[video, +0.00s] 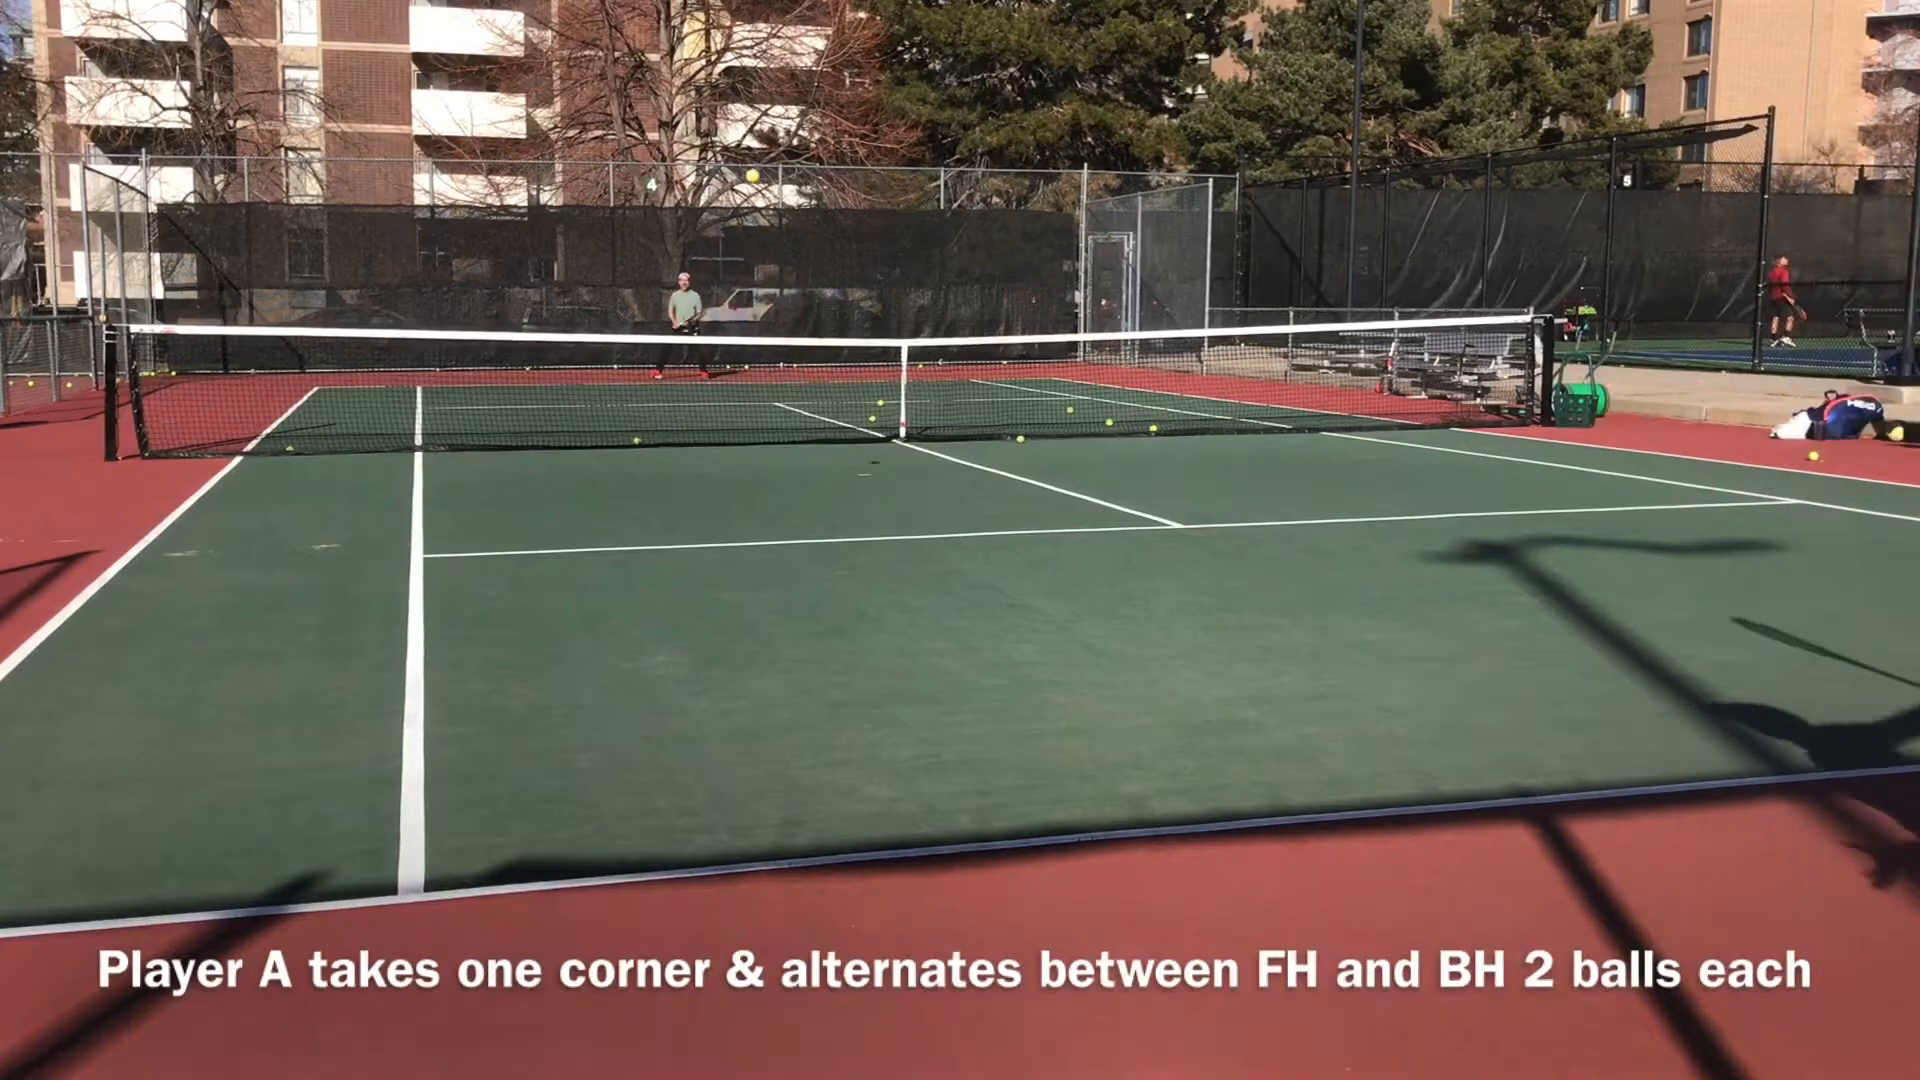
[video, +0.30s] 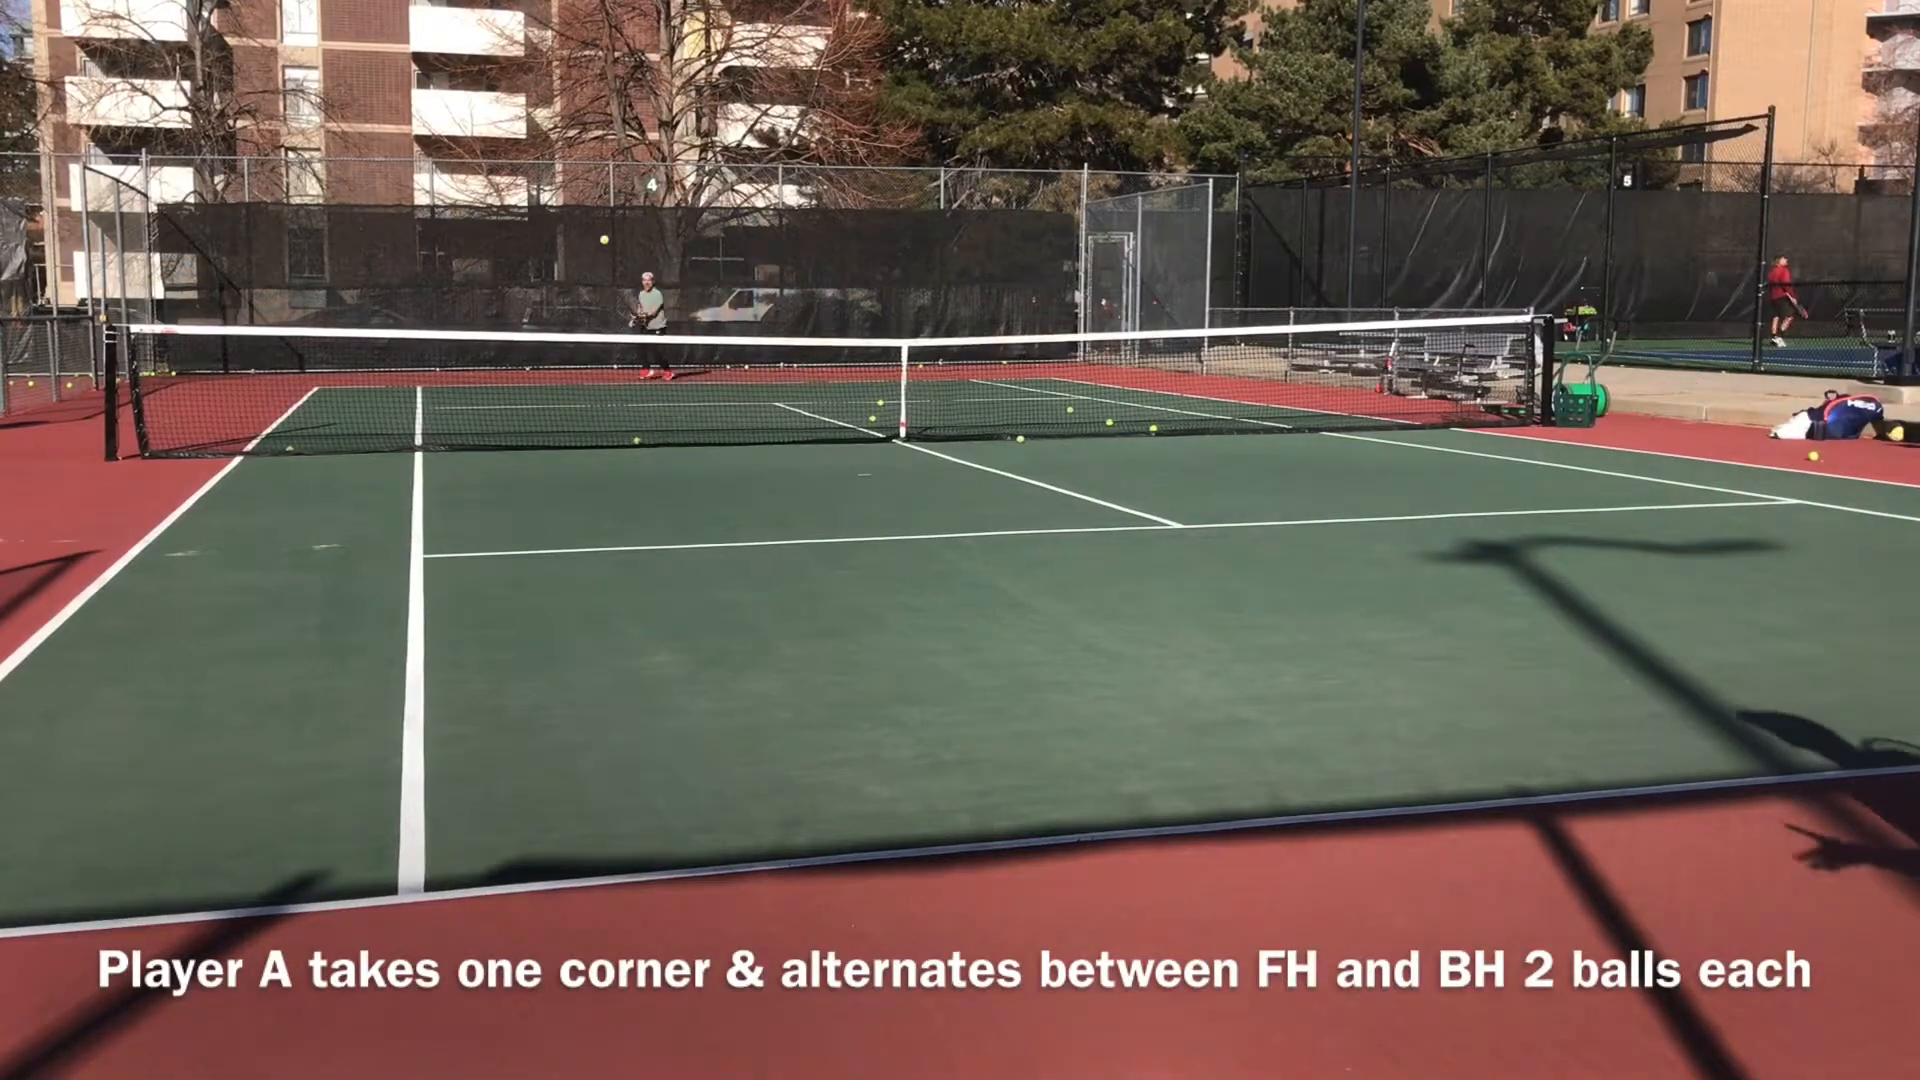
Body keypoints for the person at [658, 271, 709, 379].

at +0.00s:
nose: (684, 283)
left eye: (686, 280)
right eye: (682, 280)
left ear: (689, 282)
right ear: (679, 282)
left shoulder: (695, 295)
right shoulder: (675, 295)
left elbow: (699, 311)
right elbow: (670, 310)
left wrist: (692, 320)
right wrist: (674, 321)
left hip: (692, 325)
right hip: (679, 325)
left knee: (697, 347)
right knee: (667, 346)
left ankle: (703, 370)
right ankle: (659, 369)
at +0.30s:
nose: (647, 282)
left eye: (649, 280)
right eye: (645, 280)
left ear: (653, 281)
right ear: (642, 282)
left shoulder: (657, 294)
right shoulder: (641, 294)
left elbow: (654, 312)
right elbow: (640, 307)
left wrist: (645, 316)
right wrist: (638, 315)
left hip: (658, 326)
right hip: (646, 326)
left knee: (657, 349)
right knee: (643, 348)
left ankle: (667, 370)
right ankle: (646, 369)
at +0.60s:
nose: (612, 285)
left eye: (614, 283)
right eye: (610, 283)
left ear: (619, 283)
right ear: (609, 284)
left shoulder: (623, 294)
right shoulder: (611, 296)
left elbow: (610, 307)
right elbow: (604, 310)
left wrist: (592, 305)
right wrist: (591, 308)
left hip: (628, 327)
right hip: (620, 328)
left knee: (616, 349)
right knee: (624, 352)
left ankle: (616, 372)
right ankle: (638, 370)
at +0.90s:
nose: (578, 287)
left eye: (580, 284)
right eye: (578, 285)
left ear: (586, 284)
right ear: (581, 285)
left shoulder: (590, 295)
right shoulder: (588, 296)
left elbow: (576, 306)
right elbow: (577, 311)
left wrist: (557, 310)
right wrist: (562, 312)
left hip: (597, 331)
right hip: (592, 331)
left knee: (581, 350)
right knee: (592, 353)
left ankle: (580, 373)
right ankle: (604, 372)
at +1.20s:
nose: (547, 287)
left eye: (548, 285)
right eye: (546, 285)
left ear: (555, 284)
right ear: (550, 286)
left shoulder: (561, 294)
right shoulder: (555, 296)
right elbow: (553, 316)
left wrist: (552, 307)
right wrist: (549, 330)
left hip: (568, 331)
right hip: (559, 331)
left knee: (572, 354)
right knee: (550, 351)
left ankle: (589, 368)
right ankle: (552, 374)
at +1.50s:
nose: (537, 282)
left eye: (538, 279)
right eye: (535, 280)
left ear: (544, 277)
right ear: (535, 281)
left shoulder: (556, 289)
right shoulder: (539, 291)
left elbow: (567, 299)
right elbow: (532, 293)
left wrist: (568, 291)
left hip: (554, 325)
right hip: (541, 324)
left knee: (548, 351)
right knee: (539, 349)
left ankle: (546, 375)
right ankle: (548, 369)